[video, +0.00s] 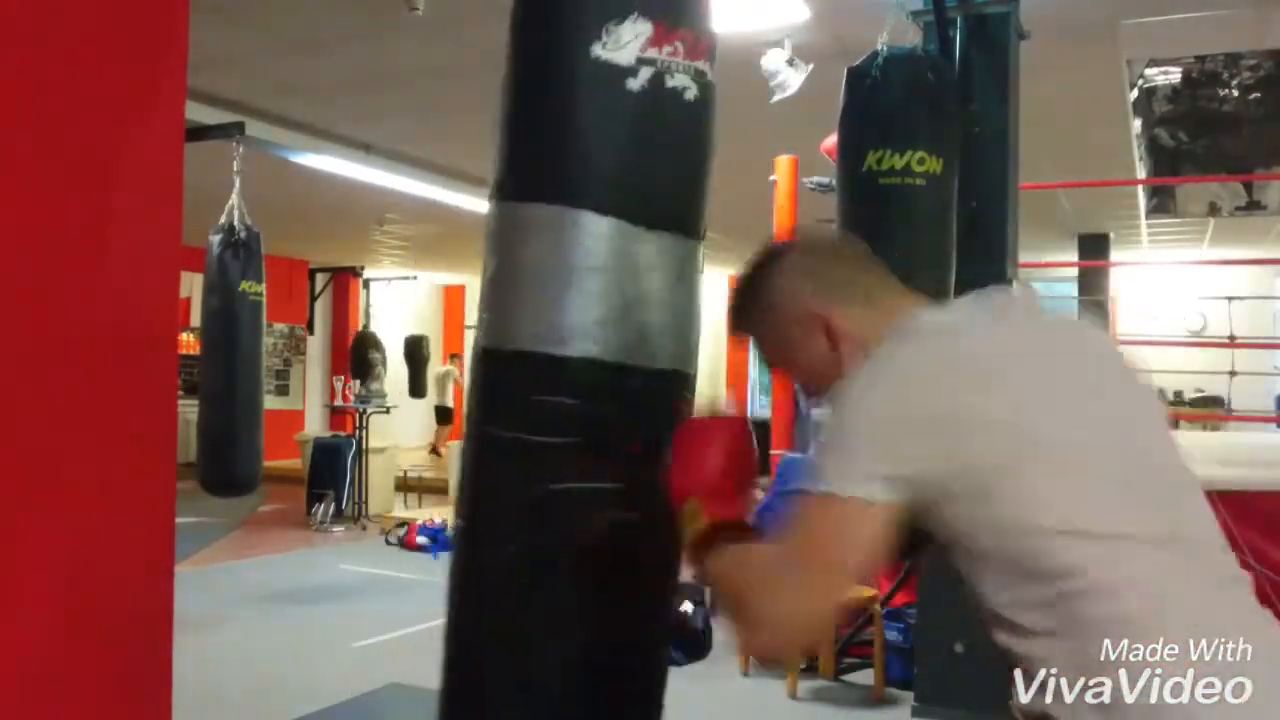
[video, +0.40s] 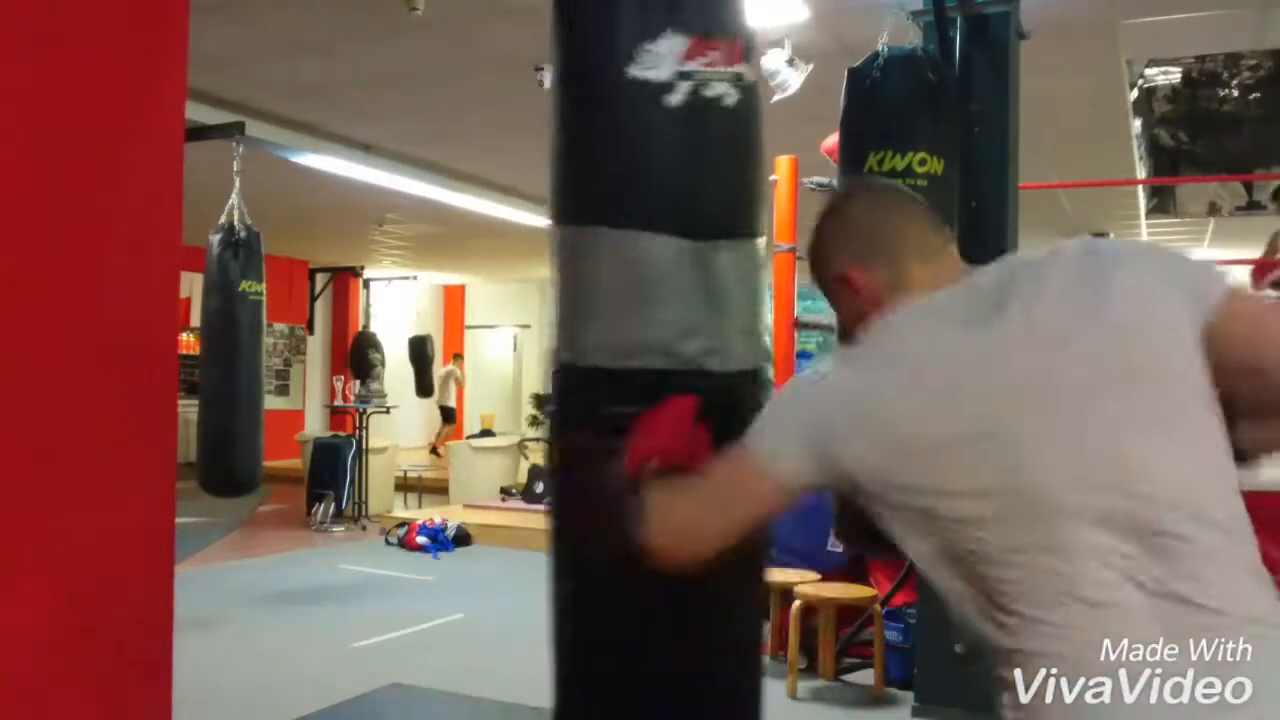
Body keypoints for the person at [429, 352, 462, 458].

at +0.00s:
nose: (458, 364)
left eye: (459, 362)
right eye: (458, 362)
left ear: (449, 360)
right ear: (454, 361)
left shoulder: (438, 370)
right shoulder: (453, 370)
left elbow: (437, 386)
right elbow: (460, 383)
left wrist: (440, 396)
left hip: (438, 402)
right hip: (448, 403)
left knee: (440, 425)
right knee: (448, 425)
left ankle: (435, 445)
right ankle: (438, 445)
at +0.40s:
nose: (461, 364)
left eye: (462, 362)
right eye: (461, 362)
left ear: (453, 360)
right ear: (458, 360)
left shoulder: (443, 370)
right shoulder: (454, 370)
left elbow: (441, 386)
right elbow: (460, 384)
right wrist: (462, 373)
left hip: (441, 401)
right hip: (449, 402)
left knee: (444, 424)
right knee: (451, 423)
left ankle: (435, 445)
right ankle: (436, 445)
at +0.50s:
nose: (462, 365)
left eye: (463, 363)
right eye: (462, 363)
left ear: (454, 361)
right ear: (458, 361)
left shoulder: (445, 371)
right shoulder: (455, 371)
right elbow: (461, 384)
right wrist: (463, 373)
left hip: (443, 402)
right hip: (450, 403)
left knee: (444, 426)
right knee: (451, 426)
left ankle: (436, 445)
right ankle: (437, 445)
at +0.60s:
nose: (464, 365)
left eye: (464, 363)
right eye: (463, 363)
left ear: (456, 361)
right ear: (460, 361)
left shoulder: (448, 370)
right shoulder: (455, 371)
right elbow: (461, 383)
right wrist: (464, 373)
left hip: (445, 402)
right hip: (450, 403)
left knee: (451, 424)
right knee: (455, 424)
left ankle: (444, 442)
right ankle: (443, 442)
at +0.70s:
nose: (465, 363)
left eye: (465, 361)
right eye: (464, 360)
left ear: (458, 359)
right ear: (461, 359)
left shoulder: (449, 369)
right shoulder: (457, 369)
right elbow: (463, 381)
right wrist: (466, 371)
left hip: (445, 399)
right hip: (452, 400)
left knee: (451, 424)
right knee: (454, 424)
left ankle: (450, 442)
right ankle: (450, 443)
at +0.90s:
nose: (466, 365)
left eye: (467, 362)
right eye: (466, 362)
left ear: (459, 360)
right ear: (463, 361)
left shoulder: (450, 371)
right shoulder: (459, 371)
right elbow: (468, 383)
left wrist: (466, 375)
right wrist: (469, 374)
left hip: (447, 402)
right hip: (455, 403)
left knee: (455, 426)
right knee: (460, 426)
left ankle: (452, 444)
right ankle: (456, 444)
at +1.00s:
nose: (467, 364)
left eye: (468, 362)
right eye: (467, 361)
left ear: (460, 360)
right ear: (464, 360)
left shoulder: (451, 370)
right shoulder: (459, 371)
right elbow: (468, 383)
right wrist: (469, 373)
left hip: (448, 401)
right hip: (455, 402)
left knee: (455, 425)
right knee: (459, 425)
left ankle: (452, 444)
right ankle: (456, 444)